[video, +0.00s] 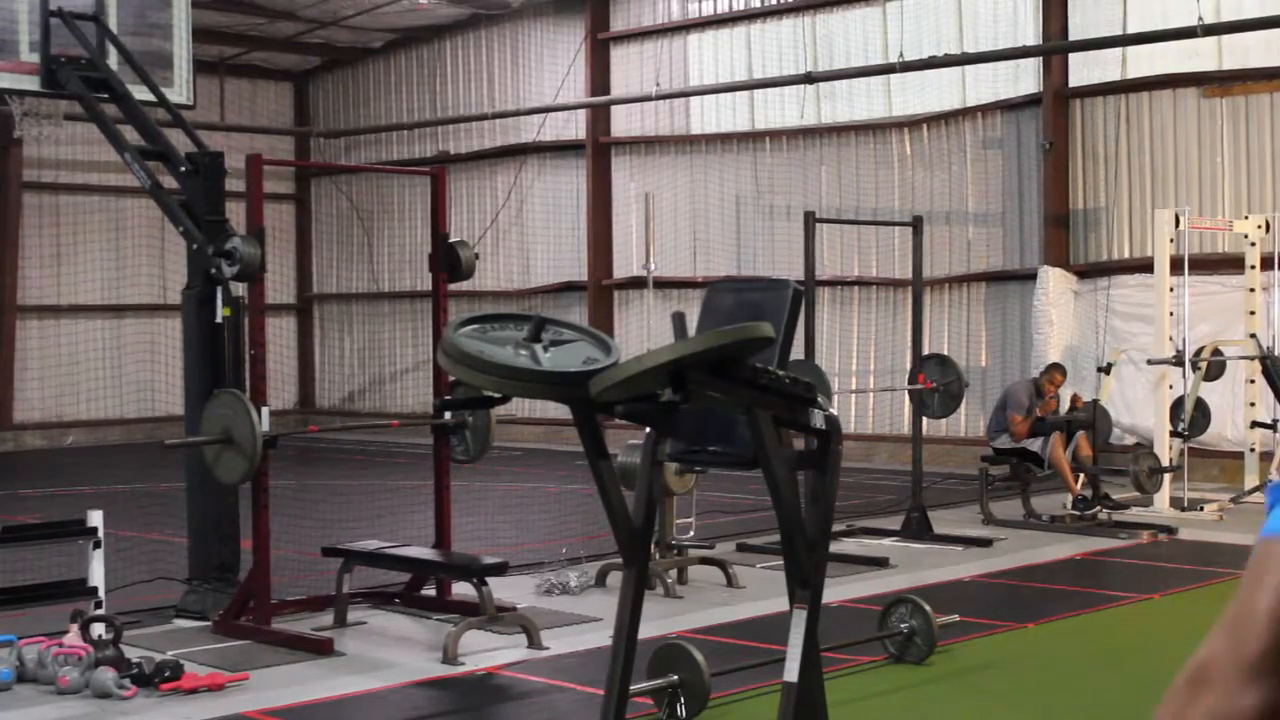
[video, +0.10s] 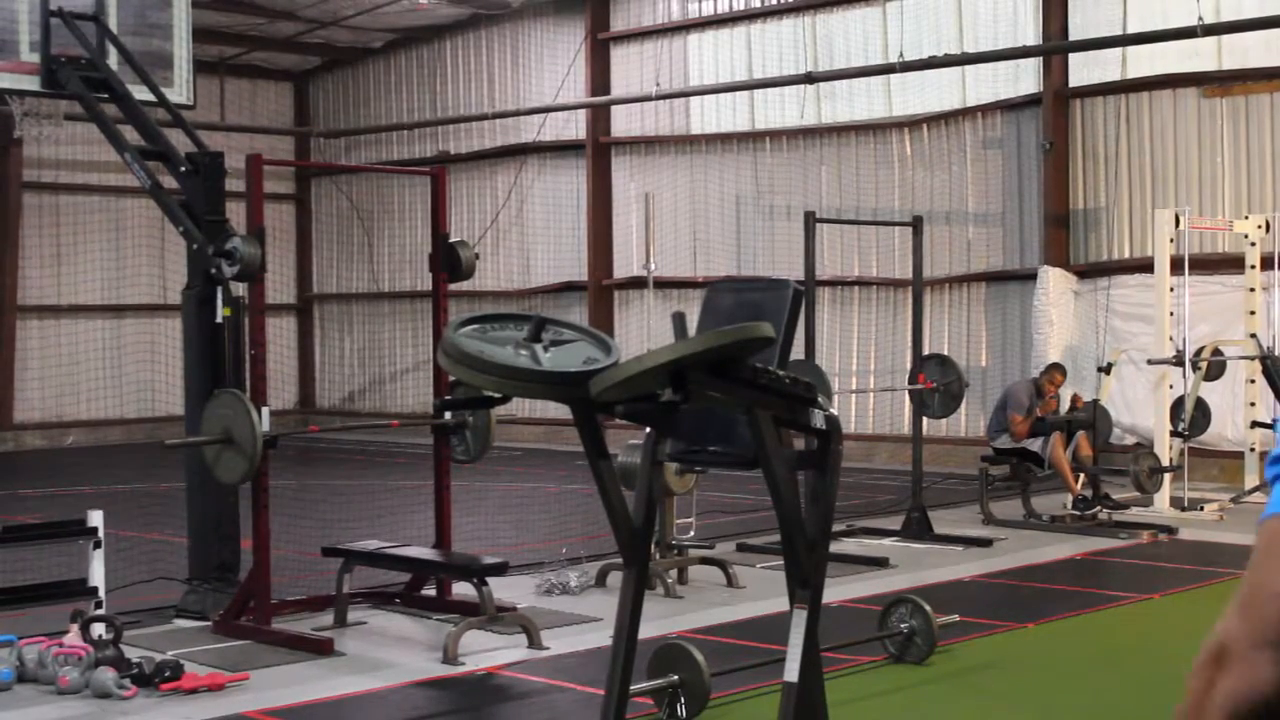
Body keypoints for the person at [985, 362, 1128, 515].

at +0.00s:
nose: (1052, 390)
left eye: (1057, 387)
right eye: (1050, 384)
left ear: (1060, 387)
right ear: (1041, 376)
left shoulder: (1049, 395)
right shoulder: (1019, 391)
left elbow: (1051, 427)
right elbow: (1017, 435)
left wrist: (1071, 412)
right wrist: (1039, 412)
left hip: (1028, 438)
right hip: (1002, 440)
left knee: (1079, 436)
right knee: (1054, 440)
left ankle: (1098, 493)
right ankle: (1077, 498)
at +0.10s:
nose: (1052, 390)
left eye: (1057, 387)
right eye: (1050, 384)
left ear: (1060, 387)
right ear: (1041, 376)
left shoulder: (1049, 395)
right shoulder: (1020, 391)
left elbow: (1052, 426)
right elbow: (1017, 435)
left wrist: (1072, 412)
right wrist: (1040, 412)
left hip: (1028, 438)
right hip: (1002, 439)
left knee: (1079, 436)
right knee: (1054, 440)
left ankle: (1098, 493)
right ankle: (1077, 498)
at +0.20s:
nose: (1053, 390)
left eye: (1057, 387)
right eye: (1050, 384)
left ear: (1060, 386)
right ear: (1041, 376)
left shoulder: (1049, 395)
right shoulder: (1019, 392)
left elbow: (1052, 426)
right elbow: (1017, 434)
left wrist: (1071, 412)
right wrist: (1040, 413)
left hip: (1028, 438)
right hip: (1003, 439)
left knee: (1079, 436)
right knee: (1054, 439)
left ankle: (1098, 493)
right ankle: (1077, 498)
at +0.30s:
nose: (1053, 390)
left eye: (1057, 387)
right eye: (1050, 384)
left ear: (1060, 386)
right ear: (1041, 376)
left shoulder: (1049, 395)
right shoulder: (1019, 392)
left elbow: (1051, 426)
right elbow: (1017, 435)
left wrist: (1071, 412)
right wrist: (1040, 413)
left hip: (1028, 438)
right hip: (1003, 440)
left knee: (1080, 436)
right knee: (1054, 439)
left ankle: (1098, 493)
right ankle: (1077, 498)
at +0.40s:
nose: (1053, 390)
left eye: (1057, 387)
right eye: (1051, 384)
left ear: (1060, 386)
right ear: (1041, 376)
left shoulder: (1049, 395)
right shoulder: (1019, 392)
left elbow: (1052, 426)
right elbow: (1017, 435)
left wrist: (1071, 412)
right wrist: (1039, 413)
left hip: (1027, 438)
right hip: (1003, 439)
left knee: (1079, 436)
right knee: (1054, 439)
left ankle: (1098, 493)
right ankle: (1078, 498)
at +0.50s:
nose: (1053, 390)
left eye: (1057, 387)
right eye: (1050, 384)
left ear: (1060, 386)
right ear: (1041, 376)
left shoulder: (1050, 395)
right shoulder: (1020, 392)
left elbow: (1052, 426)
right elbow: (1017, 435)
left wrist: (1071, 412)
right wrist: (1040, 413)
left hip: (1028, 438)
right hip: (1003, 439)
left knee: (1080, 436)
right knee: (1054, 439)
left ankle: (1098, 493)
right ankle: (1078, 497)